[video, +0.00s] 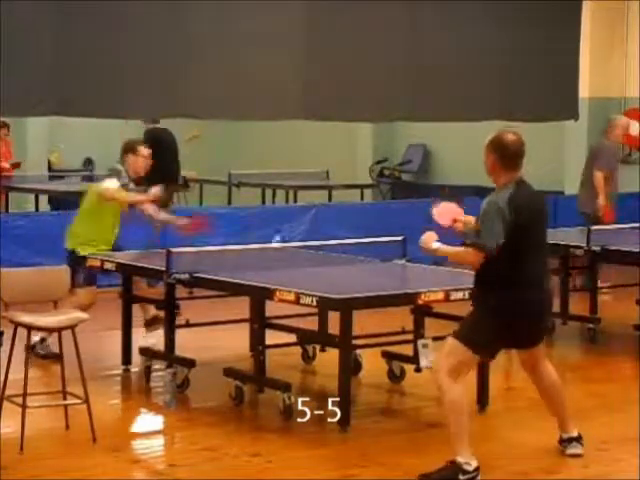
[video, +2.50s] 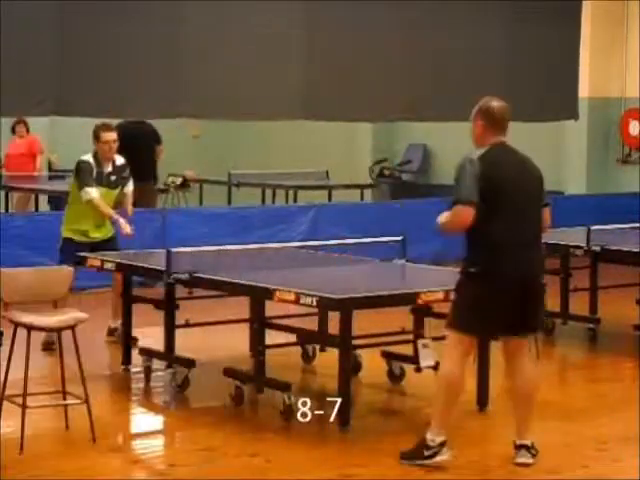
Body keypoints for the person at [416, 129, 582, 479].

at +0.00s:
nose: (484, 160)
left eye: (486, 155)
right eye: (487, 154)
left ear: (491, 160)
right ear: (519, 160)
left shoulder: (497, 203)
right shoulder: (533, 196)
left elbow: (476, 256)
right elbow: (516, 241)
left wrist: (435, 248)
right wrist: (471, 228)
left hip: (498, 309)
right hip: (534, 305)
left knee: (449, 368)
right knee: (537, 363)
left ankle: (463, 461)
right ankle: (570, 434)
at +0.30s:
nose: (472, 151)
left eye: (473, 146)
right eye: (477, 146)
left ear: (476, 148)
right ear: (508, 150)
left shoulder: (464, 187)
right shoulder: (529, 191)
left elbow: (438, 244)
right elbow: (548, 251)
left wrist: (435, 237)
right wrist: (518, 256)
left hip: (472, 295)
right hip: (520, 296)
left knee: (424, 365)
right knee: (543, 366)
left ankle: (439, 452)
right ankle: (562, 446)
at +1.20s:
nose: (451, 165)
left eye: (453, 159)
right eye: (453, 159)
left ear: (459, 158)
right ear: (483, 157)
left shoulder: (449, 188)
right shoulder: (512, 190)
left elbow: (433, 246)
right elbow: (535, 245)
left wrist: (460, 242)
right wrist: (507, 250)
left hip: (472, 285)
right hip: (518, 284)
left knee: (432, 362)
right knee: (534, 360)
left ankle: (418, 448)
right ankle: (545, 441)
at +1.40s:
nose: (386, 162)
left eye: (386, 157)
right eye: (388, 157)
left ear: (390, 155)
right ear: (413, 154)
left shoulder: (395, 175)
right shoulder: (426, 175)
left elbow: (395, 216)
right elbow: (425, 222)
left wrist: (379, 245)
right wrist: (394, 246)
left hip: (436, 265)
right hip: (454, 261)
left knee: (444, 346)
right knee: (421, 339)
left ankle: (476, 427)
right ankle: (410, 408)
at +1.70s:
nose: (361, 178)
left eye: (363, 173)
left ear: (367, 169)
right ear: (386, 168)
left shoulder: (373, 173)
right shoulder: (399, 186)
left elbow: (379, 204)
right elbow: (392, 241)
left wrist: (363, 244)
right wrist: (352, 243)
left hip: (429, 244)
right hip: (424, 254)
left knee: (449, 313)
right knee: (420, 332)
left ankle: (491, 378)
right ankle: (411, 391)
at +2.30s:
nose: (360, 178)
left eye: (360, 175)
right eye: (362, 175)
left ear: (366, 170)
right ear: (385, 171)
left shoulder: (370, 177)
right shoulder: (400, 194)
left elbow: (375, 200)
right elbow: (401, 255)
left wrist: (362, 241)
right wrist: (366, 273)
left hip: (424, 244)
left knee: (442, 313)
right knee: (418, 335)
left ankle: (483, 386)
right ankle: (410, 415)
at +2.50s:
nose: (470, 129)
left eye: (471, 123)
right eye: (472, 123)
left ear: (479, 125)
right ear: (506, 126)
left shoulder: (475, 163)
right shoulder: (530, 167)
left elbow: (465, 215)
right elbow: (544, 220)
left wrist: (444, 222)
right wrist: (509, 225)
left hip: (484, 276)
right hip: (526, 276)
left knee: (456, 350)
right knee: (519, 353)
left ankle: (435, 439)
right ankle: (524, 442)